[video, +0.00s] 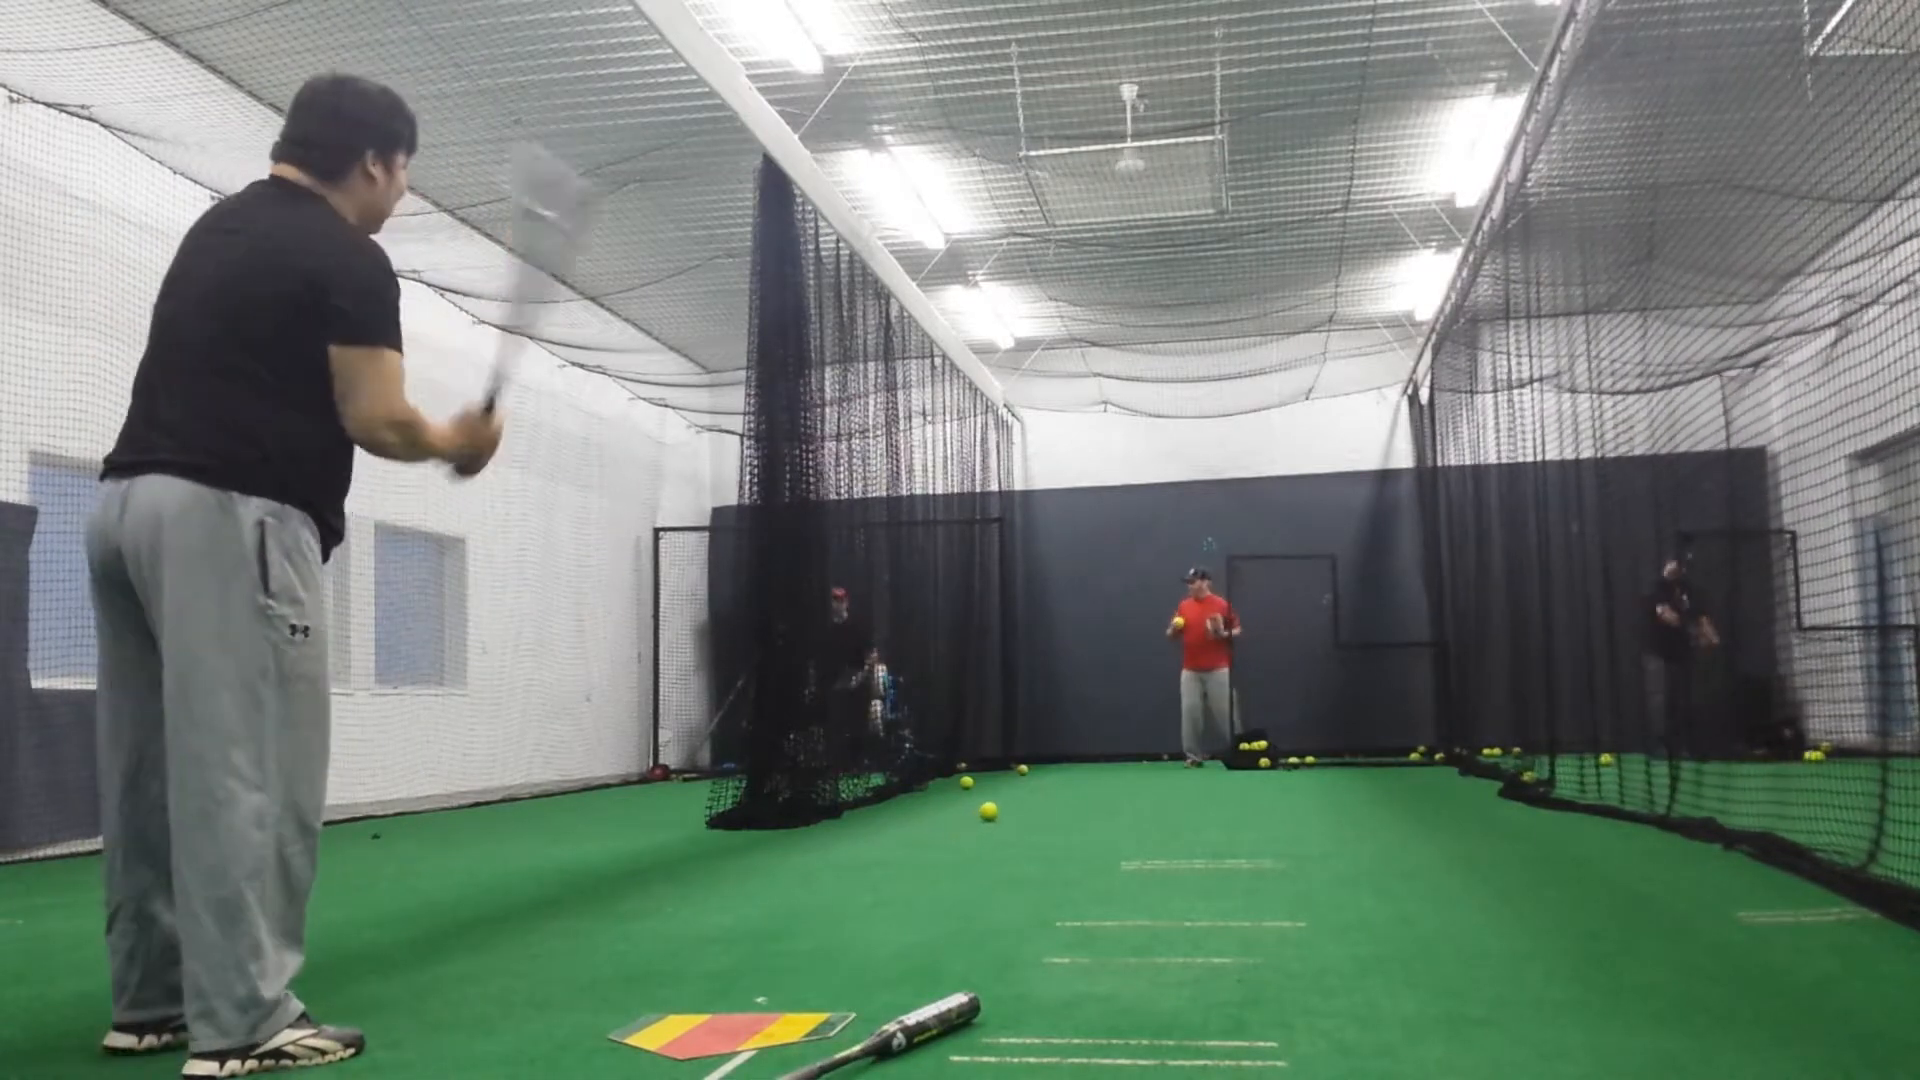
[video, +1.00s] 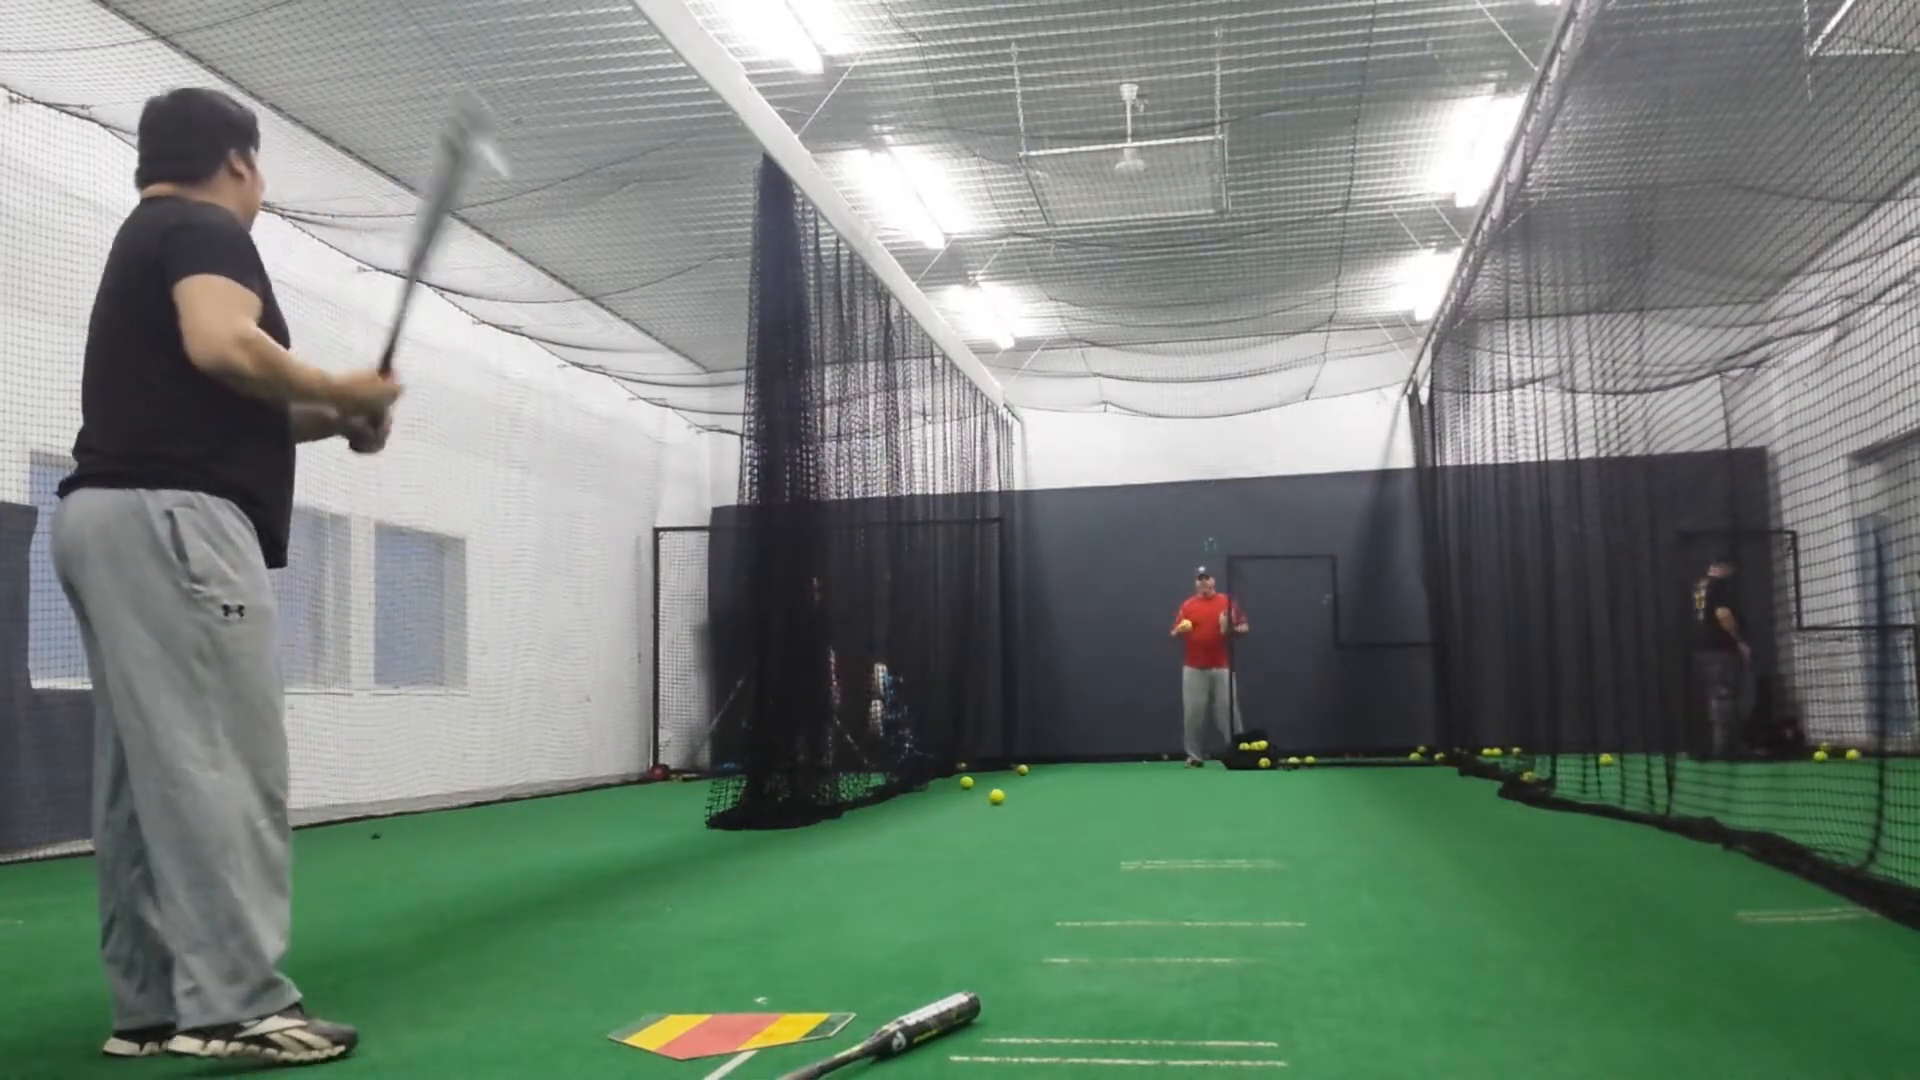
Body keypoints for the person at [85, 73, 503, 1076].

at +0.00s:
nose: (400, 198)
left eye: (403, 179)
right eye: (401, 176)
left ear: (299, 152)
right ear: (371, 162)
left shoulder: (222, 223)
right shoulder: (347, 255)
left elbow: (249, 383)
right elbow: (377, 418)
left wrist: (396, 428)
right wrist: (450, 442)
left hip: (130, 504)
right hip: (230, 517)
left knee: (147, 767)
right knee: (247, 769)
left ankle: (151, 1003)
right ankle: (243, 1021)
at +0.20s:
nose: (370, 188)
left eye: (371, 169)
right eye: (369, 167)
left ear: (263, 152)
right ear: (341, 160)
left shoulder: (195, 228)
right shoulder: (339, 262)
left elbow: (249, 387)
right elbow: (392, 427)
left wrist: (360, 480)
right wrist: (429, 513)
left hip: (117, 511)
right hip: (226, 520)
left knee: (143, 771)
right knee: (257, 771)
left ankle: (148, 1009)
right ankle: (242, 1020)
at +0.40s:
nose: (344, 184)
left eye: (342, 166)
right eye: (341, 165)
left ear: (236, 159)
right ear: (314, 162)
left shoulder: (179, 239)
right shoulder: (313, 262)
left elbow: (207, 399)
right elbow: (367, 431)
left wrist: (312, 497)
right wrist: (378, 532)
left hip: (105, 515)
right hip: (209, 521)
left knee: (134, 771)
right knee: (242, 771)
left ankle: (150, 1008)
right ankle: (244, 1016)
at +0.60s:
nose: (313, 189)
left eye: (312, 169)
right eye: (309, 169)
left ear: (207, 162)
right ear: (281, 163)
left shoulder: (169, 244)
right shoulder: (277, 254)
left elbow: (200, 404)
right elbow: (323, 415)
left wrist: (298, 499)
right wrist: (361, 518)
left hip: (97, 516)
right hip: (188, 517)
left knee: (133, 767)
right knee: (240, 760)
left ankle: (151, 1005)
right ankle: (248, 1006)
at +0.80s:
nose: (282, 190)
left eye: (280, 172)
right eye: (279, 171)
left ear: (182, 164)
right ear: (250, 165)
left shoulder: (152, 238)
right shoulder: (237, 240)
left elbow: (172, 386)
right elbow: (263, 371)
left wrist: (311, 455)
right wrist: (353, 463)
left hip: (100, 514)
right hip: (179, 516)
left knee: (138, 768)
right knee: (238, 759)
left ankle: (152, 1007)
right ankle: (251, 1004)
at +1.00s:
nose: (262, 185)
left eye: (258, 168)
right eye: (258, 167)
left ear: (162, 165)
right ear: (233, 160)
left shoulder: (146, 237)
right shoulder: (204, 226)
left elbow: (217, 418)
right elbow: (217, 343)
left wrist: (333, 418)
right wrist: (341, 387)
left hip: (106, 516)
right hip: (167, 518)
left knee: (142, 769)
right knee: (220, 758)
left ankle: (153, 1009)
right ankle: (237, 1004)